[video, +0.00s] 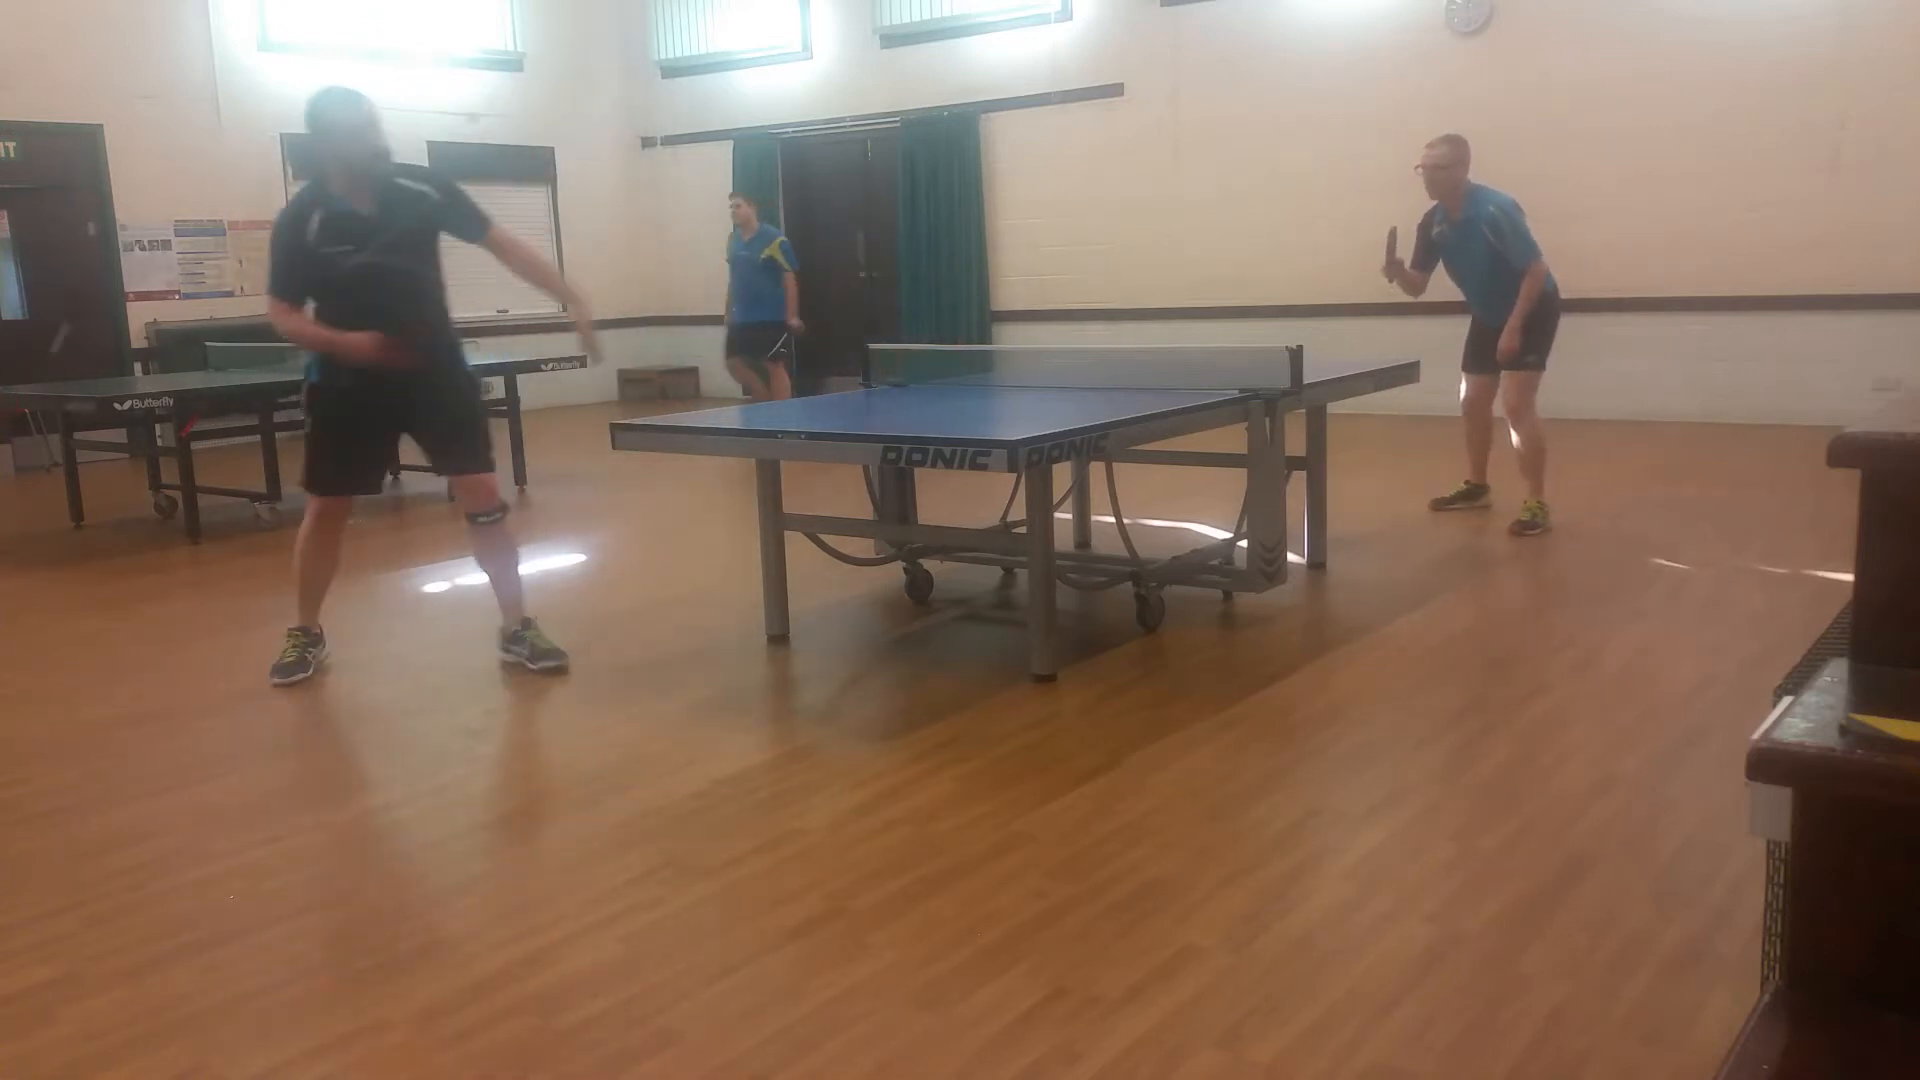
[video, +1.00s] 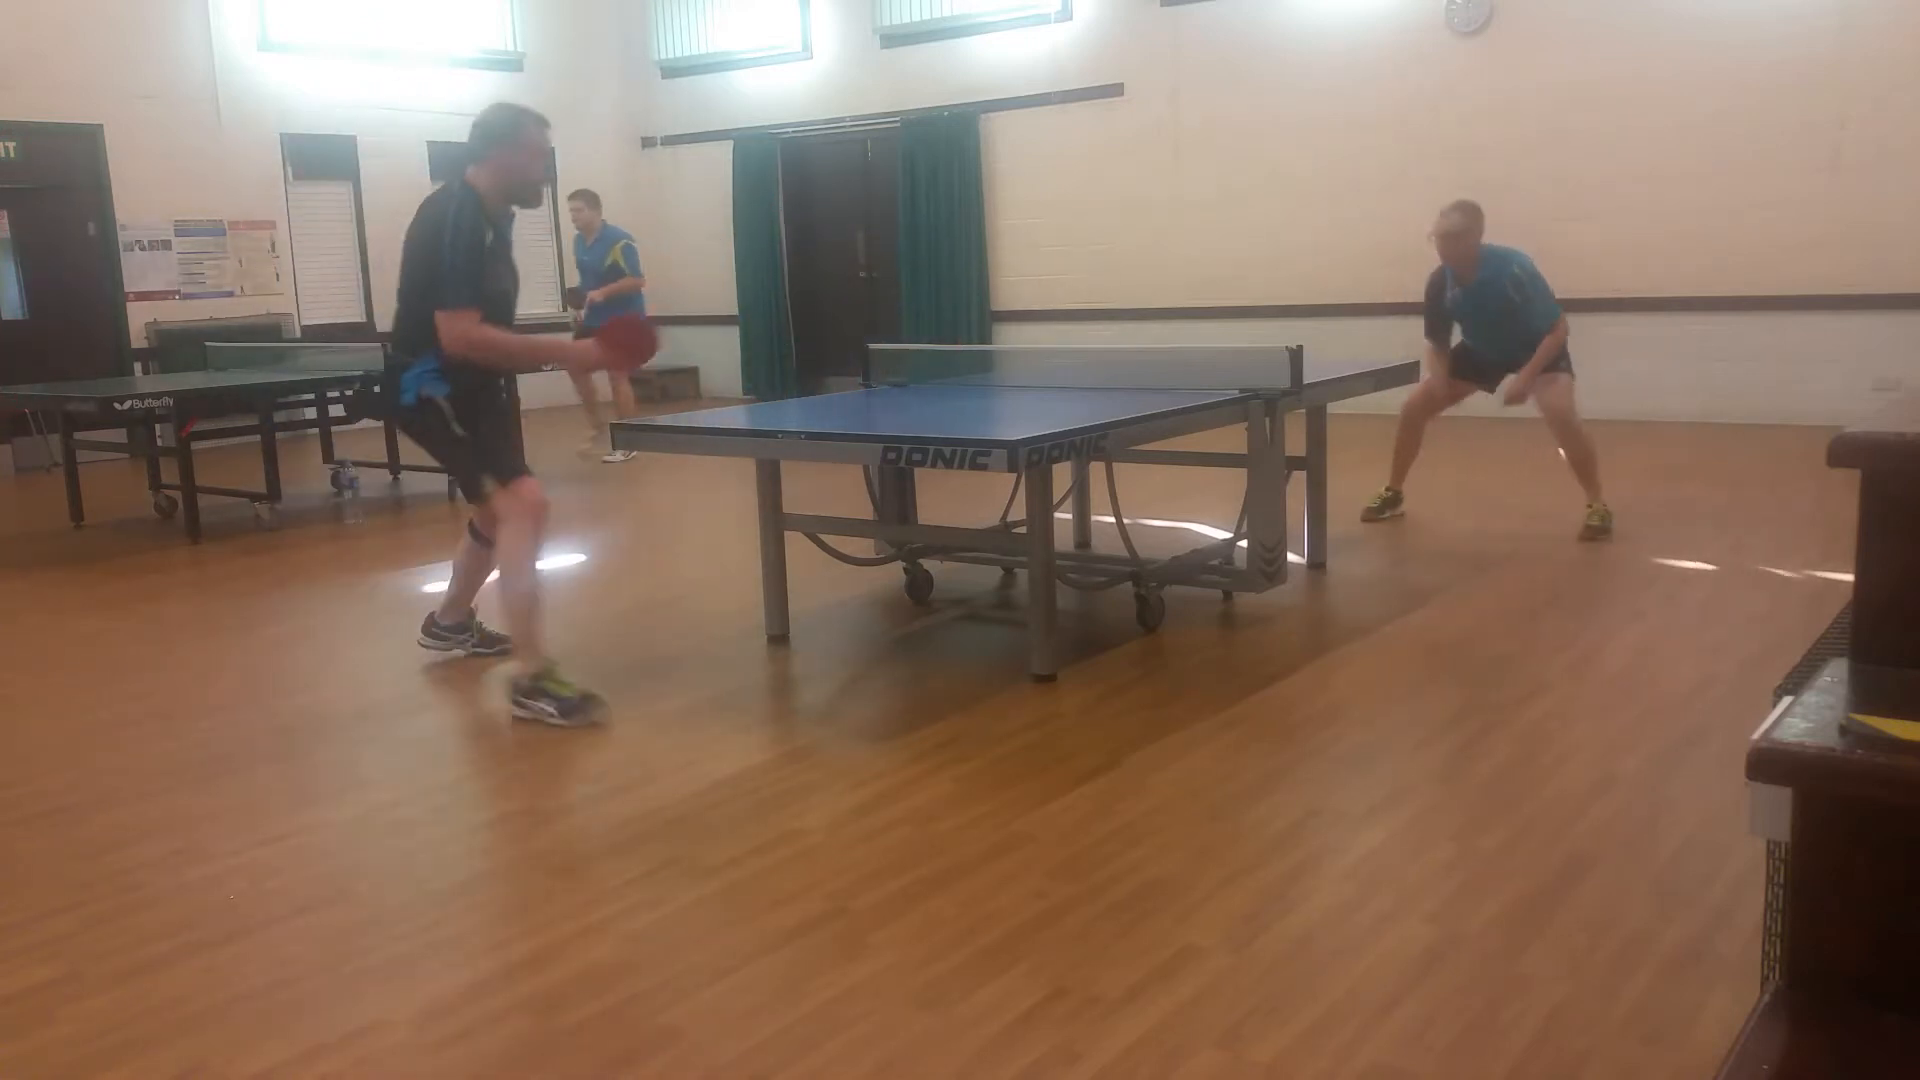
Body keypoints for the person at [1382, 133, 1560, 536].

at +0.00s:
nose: (1424, 177)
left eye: (1432, 170)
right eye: (1422, 170)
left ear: (1459, 171)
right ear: (1425, 173)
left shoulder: (1496, 209)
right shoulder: (1432, 223)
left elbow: (1536, 271)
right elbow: (1417, 285)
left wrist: (1513, 326)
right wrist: (1397, 272)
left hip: (1532, 307)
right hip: (1488, 312)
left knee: (1516, 404)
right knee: (1473, 401)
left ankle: (1536, 503)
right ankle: (1476, 486)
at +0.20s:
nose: (1420, 174)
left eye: (1429, 167)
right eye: (1419, 167)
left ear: (1456, 169)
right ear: (1423, 170)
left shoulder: (1493, 209)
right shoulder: (1431, 221)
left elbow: (1533, 270)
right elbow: (1417, 285)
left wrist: (1511, 325)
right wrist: (1394, 269)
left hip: (1530, 310)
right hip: (1487, 314)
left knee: (1508, 409)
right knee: (1471, 401)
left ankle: (1535, 503)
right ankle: (1476, 486)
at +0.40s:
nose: (1426, 170)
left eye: (1435, 163)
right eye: (1424, 163)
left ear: (1463, 163)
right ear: (1427, 166)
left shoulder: (1498, 205)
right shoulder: (1437, 219)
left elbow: (1534, 270)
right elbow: (1426, 285)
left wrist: (1508, 325)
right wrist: (1398, 270)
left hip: (1529, 313)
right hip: (1485, 316)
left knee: (1506, 408)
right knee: (1447, 401)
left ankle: (1535, 502)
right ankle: (1466, 475)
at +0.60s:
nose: (1421, 177)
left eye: (1430, 169)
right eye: (1419, 170)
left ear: (1457, 170)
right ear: (1421, 173)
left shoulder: (1494, 212)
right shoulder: (1428, 226)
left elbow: (1531, 276)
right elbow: (1422, 290)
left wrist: (1501, 330)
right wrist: (1394, 293)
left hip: (1522, 317)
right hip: (1474, 320)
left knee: (1506, 410)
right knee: (1435, 406)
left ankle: (1535, 503)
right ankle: (1401, 493)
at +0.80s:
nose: (1422, 203)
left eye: (1431, 196)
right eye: (1420, 195)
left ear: (1456, 198)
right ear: (1419, 198)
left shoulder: (1499, 236)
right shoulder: (1423, 248)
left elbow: (1535, 298)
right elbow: (1408, 304)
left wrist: (1501, 348)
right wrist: (1390, 324)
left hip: (1520, 327)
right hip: (1468, 331)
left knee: (1531, 409)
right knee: (1419, 408)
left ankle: (1577, 500)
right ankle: (1395, 493)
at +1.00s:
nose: (1439, 246)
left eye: (1448, 238)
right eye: (1437, 238)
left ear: (1472, 240)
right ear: (1434, 239)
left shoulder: (1515, 268)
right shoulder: (1440, 284)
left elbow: (1558, 330)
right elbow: (1437, 342)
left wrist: (1525, 378)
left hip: (1537, 351)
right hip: (1482, 354)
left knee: (1559, 414)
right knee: (1415, 406)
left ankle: (1596, 504)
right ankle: (1393, 492)